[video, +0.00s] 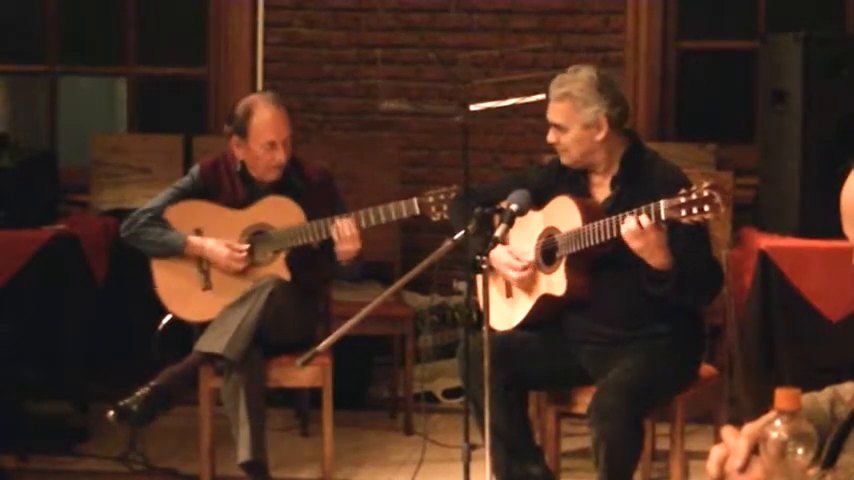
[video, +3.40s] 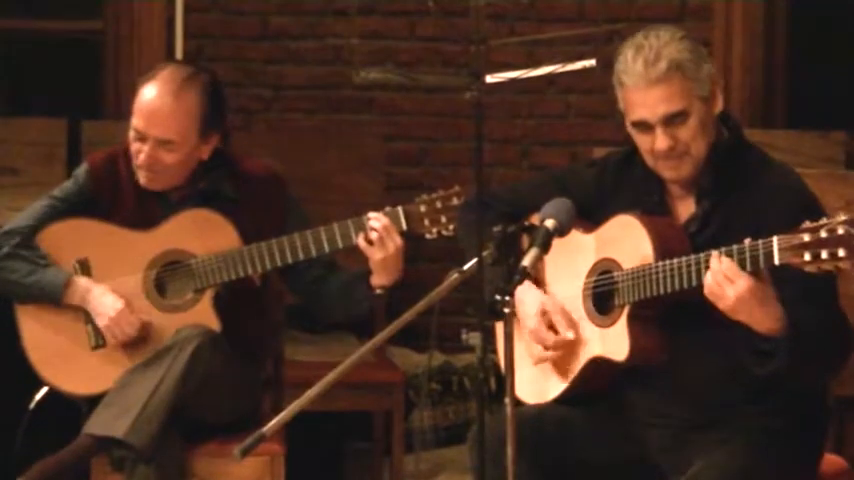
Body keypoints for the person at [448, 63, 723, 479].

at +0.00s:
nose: (550, 139)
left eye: (559, 129)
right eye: (549, 127)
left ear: (599, 128)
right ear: (593, 129)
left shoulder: (666, 186)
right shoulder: (557, 178)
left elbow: (705, 285)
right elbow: (467, 204)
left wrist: (661, 261)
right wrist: (489, 249)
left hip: (654, 343)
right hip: (574, 336)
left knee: (613, 404)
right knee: (484, 355)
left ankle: (613, 474)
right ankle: (523, 471)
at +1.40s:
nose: (609, 152)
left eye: (620, 134)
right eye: (595, 139)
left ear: (654, 115)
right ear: (583, 133)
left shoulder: (708, 186)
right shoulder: (577, 181)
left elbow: (751, 312)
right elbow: (474, 211)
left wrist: (700, 284)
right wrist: (497, 271)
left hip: (692, 375)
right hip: (597, 367)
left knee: (651, 445)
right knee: (494, 390)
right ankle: (522, 474)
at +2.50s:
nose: (656, 158)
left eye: (670, 136)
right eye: (637, 143)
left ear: (704, 113)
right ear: (618, 131)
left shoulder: (761, 198)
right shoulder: (604, 181)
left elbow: (805, 348)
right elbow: (479, 211)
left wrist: (745, 329)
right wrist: (508, 286)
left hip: (736, 406)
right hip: (622, 397)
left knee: (712, 460)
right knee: (499, 428)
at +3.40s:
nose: (663, 144)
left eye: (677, 120)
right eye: (643, 127)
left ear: (714, 101)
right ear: (624, 123)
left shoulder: (775, 195)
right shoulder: (612, 181)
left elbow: (830, 348)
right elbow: (482, 212)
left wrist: (774, 324)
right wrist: (516, 289)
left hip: (744, 421)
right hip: (625, 410)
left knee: (722, 467)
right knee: (501, 436)